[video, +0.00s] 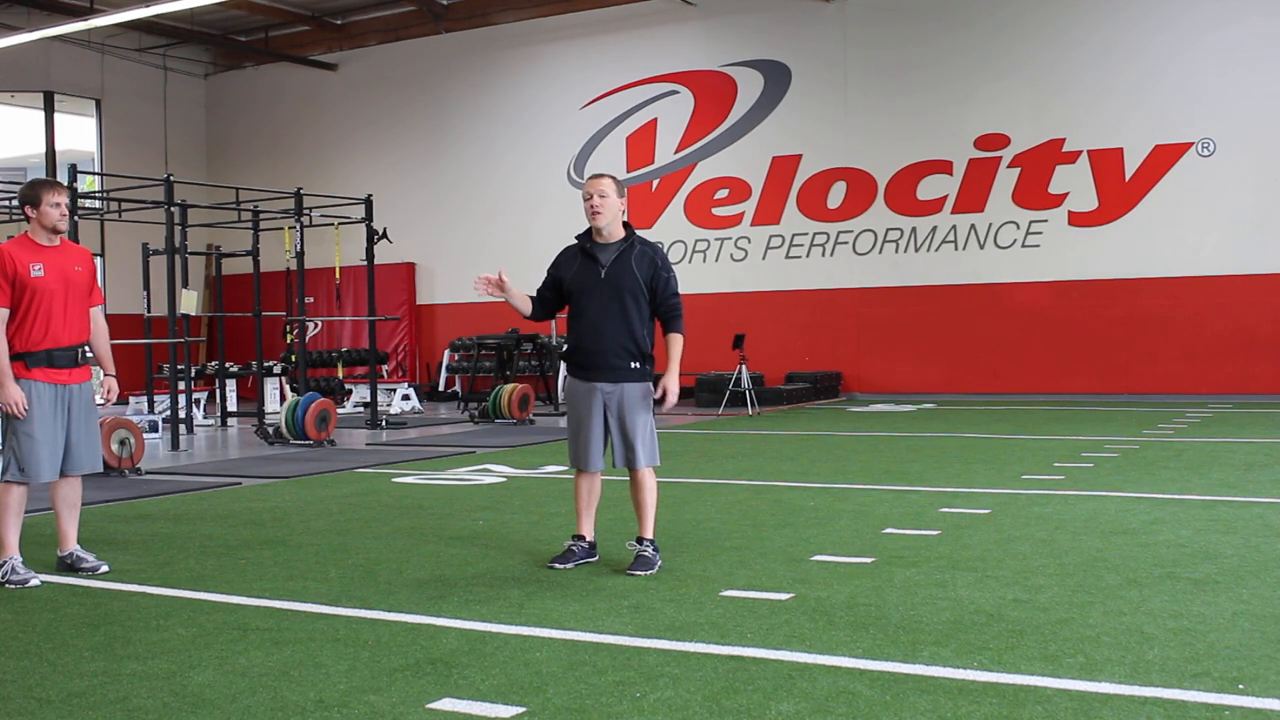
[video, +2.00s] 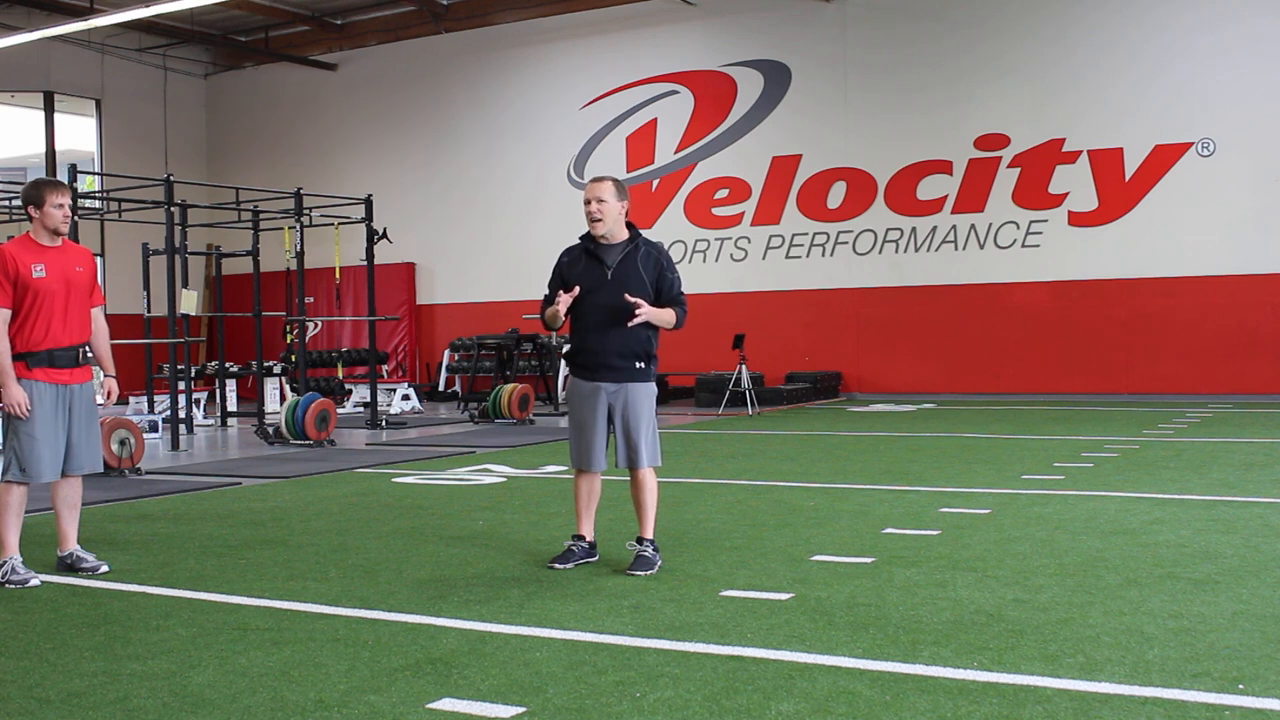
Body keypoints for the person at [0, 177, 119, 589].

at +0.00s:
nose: (64, 211)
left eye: (66, 205)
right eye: (55, 205)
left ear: (68, 211)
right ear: (31, 211)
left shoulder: (83, 257)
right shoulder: (10, 255)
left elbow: (95, 319)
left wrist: (109, 371)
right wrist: (6, 381)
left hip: (76, 377)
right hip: (29, 378)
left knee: (72, 466)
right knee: (18, 473)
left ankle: (69, 551)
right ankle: (10, 559)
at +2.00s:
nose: (67, 213)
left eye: (69, 206)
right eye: (58, 206)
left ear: (71, 210)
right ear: (34, 211)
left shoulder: (84, 257)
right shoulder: (11, 255)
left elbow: (96, 319)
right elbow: (0, 326)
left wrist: (109, 371)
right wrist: (8, 382)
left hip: (77, 377)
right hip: (30, 378)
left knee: (72, 466)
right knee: (19, 473)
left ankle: (69, 551)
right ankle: (9, 559)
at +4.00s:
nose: (68, 214)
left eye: (71, 207)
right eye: (60, 208)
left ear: (73, 211)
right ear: (35, 212)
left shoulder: (85, 257)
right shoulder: (12, 255)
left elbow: (97, 320)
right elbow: (1, 326)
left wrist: (109, 372)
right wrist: (8, 383)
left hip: (78, 377)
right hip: (30, 378)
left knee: (72, 466)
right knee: (19, 473)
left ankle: (69, 551)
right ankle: (10, 559)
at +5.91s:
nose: (65, 217)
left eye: (70, 210)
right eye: (57, 210)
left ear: (73, 212)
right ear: (35, 211)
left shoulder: (85, 257)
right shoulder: (12, 255)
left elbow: (97, 320)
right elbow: (1, 326)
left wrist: (110, 372)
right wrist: (9, 383)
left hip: (78, 377)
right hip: (31, 378)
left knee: (73, 466)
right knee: (19, 473)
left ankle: (69, 550)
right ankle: (9, 560)